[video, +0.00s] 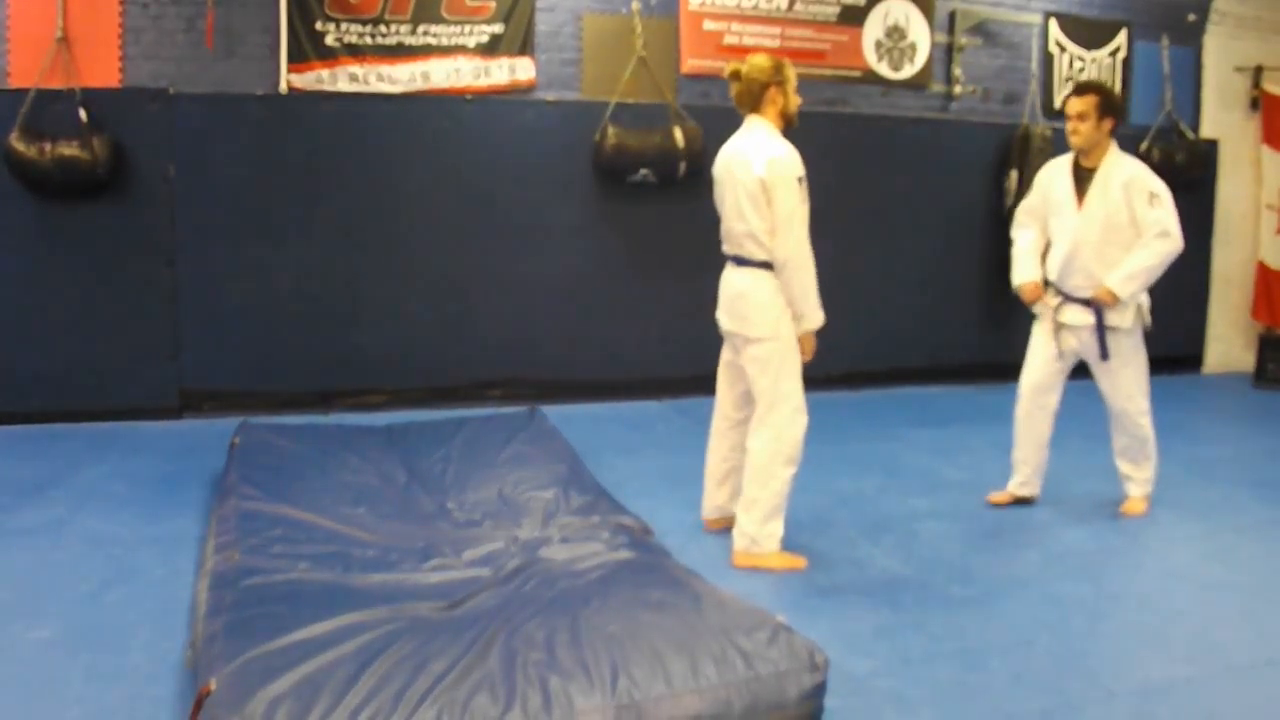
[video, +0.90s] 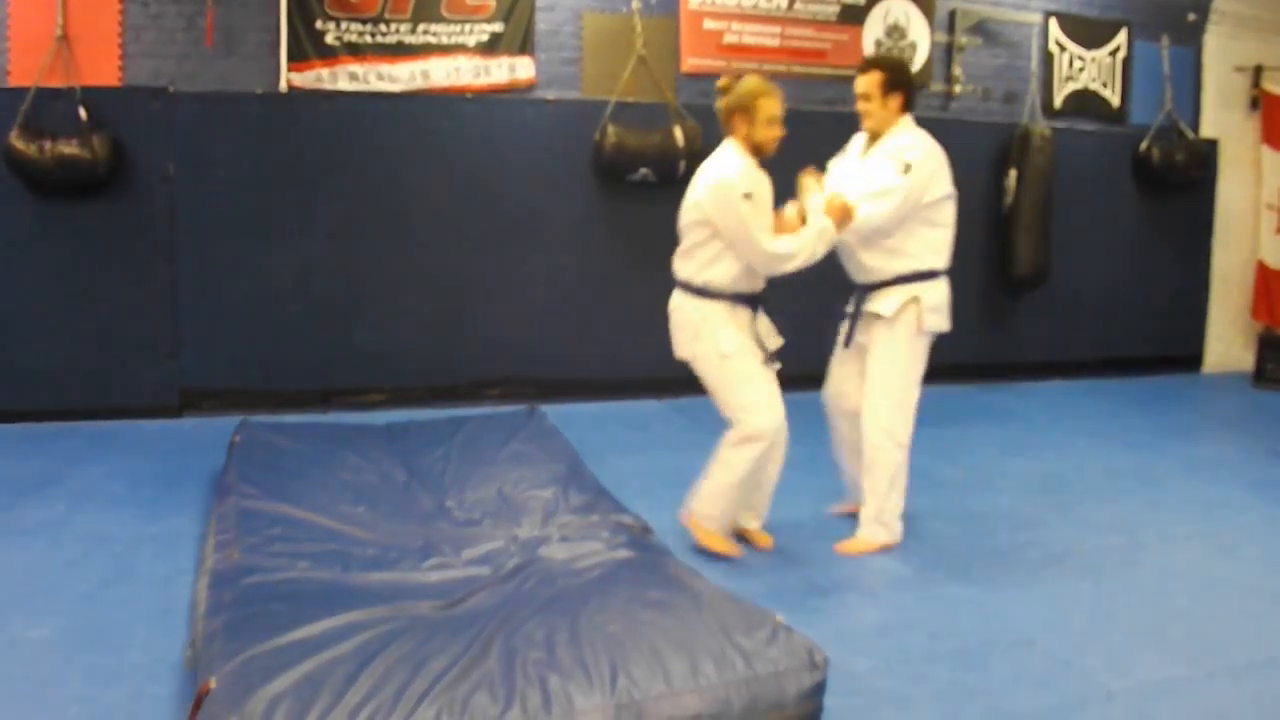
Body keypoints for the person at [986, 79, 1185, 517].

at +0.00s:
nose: (1071, 126)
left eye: (1081, 119)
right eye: (1068, 118)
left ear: (1108, 123)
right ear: (1064, 121)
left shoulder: (1137, 178)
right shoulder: (1052, 174)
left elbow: (1167, 238)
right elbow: (1027, 225)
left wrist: (1119, 286)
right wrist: (1026, 275)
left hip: (1114, 313)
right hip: (1055, 309)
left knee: (1128, 405)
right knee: (1032, 394)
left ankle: (1138, 488)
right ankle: (1023, 484)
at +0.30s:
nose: (1001, 124)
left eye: (1010, 116)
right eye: (998, 116)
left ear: (1039, 120)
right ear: (998, 121)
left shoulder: (1068, 169)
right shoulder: (991, 172)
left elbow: (1097, 226)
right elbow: (967, 212)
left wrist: (1040, 252)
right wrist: (963, 238)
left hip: (1061, 307)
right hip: (1008, 307)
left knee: (1060, 401)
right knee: (997, 401)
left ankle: (1116, 471)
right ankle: (1012, 487)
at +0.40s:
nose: (975, 123)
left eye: (984, 114)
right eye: (972, 114)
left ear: (1012, 118)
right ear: (972, 119)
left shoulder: (1042, 170)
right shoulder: (968, 168)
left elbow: (1042, 227)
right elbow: (941, 202)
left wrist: (983, 238)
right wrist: (930, 221)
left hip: (1036, 300)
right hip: (986, 301)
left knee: (1008, 395)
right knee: (984, 399)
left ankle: (1054, 477)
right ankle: (1011, 483)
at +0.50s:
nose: (951, 120)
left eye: (960, 112)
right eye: (948, 112)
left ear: (988, 116)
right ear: (949, 115)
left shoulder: (1008, 166)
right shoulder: (945, 162)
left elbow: (966, 218)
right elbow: (905, 200)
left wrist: (912, 212)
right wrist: (848, 196)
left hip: (1009, 300)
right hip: (971, 299)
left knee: (964, 394)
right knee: (989, 394)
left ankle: (956, 512)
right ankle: (1012, 482)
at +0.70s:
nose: (910, 121)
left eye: (919, 113)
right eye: (909, 113)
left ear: (949, 117)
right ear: (915, 115)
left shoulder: (963, 166)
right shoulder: (915, 159)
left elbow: (899, 204)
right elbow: (867, 192)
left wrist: (842, 209)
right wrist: (827, 200)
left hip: (953, 307)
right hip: (921, 305)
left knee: (901, 409)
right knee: (928, 400)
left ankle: (881, 527)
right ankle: (996, 465)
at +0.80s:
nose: (880, 114)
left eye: (889, 107)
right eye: (879, 106)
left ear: (919, 110)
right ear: (886, 108)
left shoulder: (938, 160)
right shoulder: (883, 156)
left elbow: (883, 219)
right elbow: (848, 206)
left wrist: (827, 226)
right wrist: (818, 229)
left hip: (929, 302)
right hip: (896, 300)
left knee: (885, 411)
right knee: (880, 401)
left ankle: (879, 529)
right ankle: (950, 461)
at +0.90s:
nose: (858, 107)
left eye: (866, 98)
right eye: (856, 98)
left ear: (897, 100)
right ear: (862, 100)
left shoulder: (919, 152)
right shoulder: (859, 146)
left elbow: (866, 216)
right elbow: (823, 201)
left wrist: (815, 195)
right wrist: (796, 216)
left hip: (909, 297)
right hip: (868, 294)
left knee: (887, 410)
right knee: (840, 396)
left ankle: (883, 525)